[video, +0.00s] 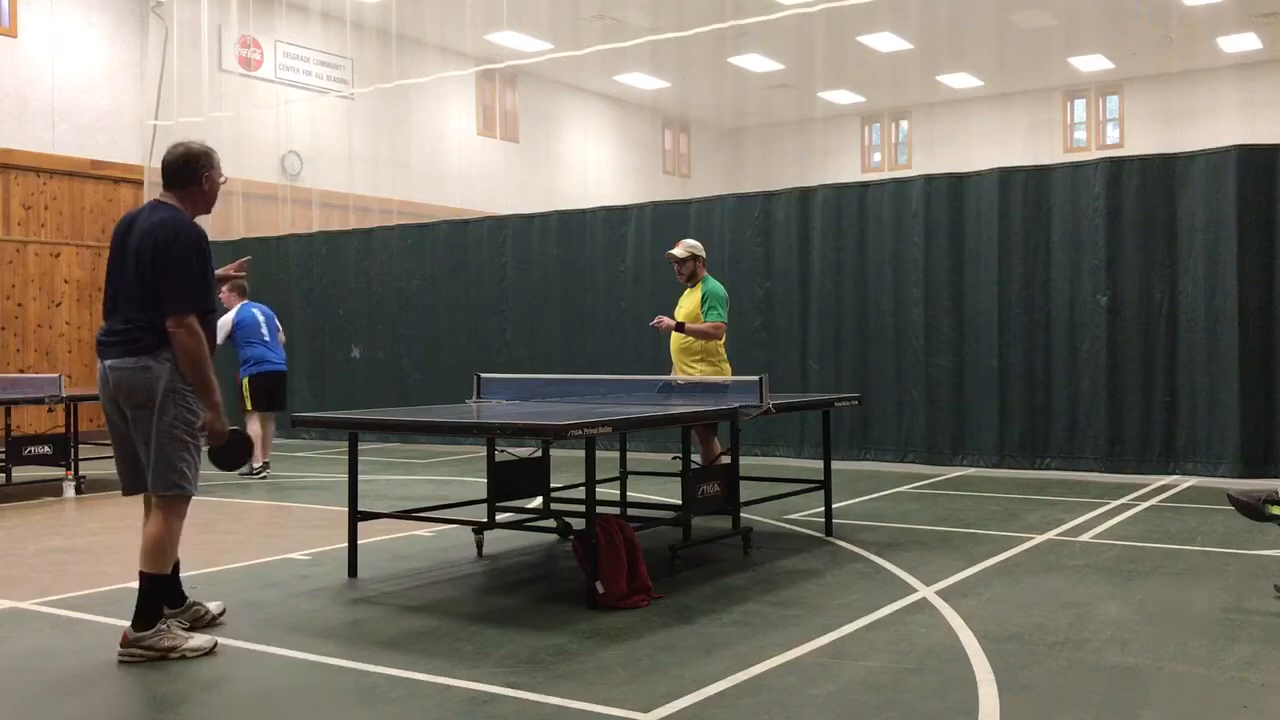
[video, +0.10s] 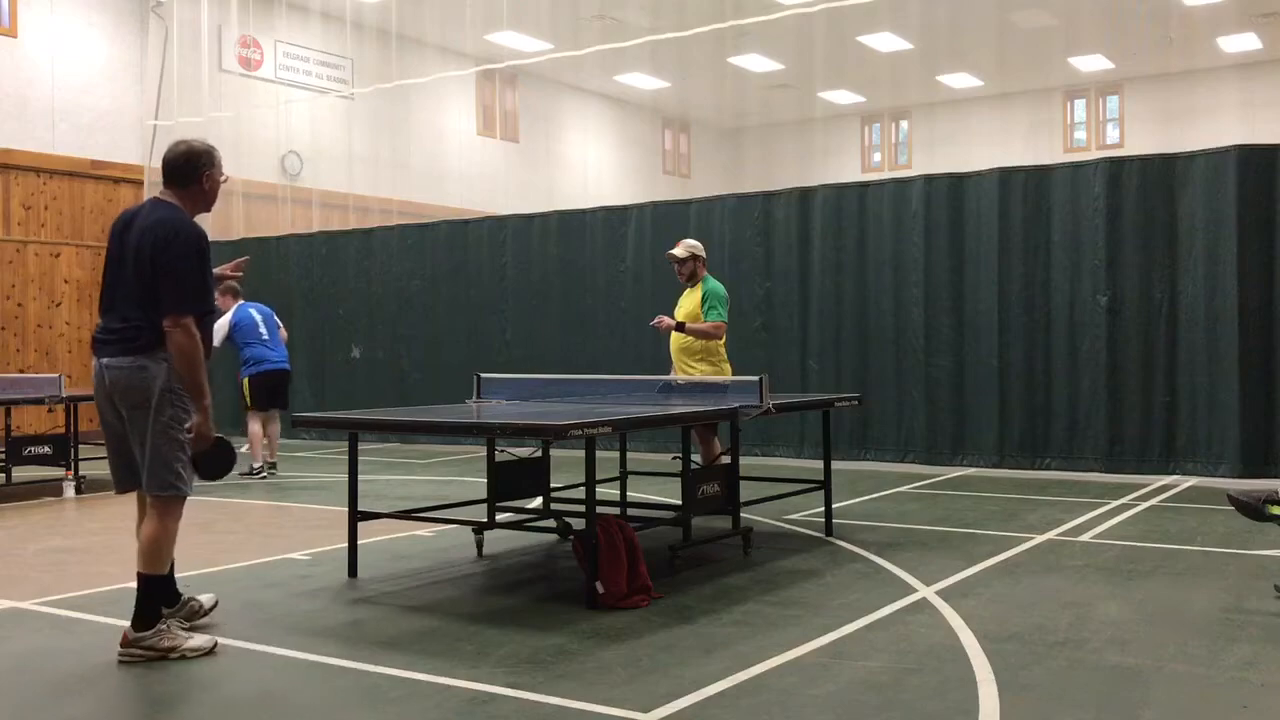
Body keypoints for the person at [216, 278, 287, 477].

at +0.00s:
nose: (221, 298)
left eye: (223, 293)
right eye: (221, 293)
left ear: (235, 295)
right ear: (242, 295)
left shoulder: (230, 317)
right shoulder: (265, 310)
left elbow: (212, 345)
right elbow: (281, 337)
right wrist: (272, 358)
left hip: (255, 370)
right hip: (278, 368)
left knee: (253, 416)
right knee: (269, 416)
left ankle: (257, 462)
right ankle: (265, 459)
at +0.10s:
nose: (217, 304)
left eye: (218, 300)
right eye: (216, 300)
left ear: (229, 297)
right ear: (238, 297)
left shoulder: (229, 317)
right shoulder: (264, 309)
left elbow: (210, 346)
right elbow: (283, 334)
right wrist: (273, 355)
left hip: (256, 369)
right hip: (281, 366)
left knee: (254, 416)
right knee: (273, 415)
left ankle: (257, 464)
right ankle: (272, 460)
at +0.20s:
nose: (216, 308)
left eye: (216, 303)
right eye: (215, 303)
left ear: (225, 300)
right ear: (235, 298)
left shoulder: (229, 318)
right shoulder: (264, 308)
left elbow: (211, 350)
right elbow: (285, 334)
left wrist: (198, 367)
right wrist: (277, 356)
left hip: (257, 370)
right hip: (282, 367)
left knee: (254, 417)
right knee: (278, 413)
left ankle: (257, 464)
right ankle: (283, 460)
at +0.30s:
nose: (217, 308)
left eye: (216, 304)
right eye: (215, 305)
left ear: (224, 300)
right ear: (236, 296)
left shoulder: (228, 319)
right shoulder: (265, 308)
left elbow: (213, 353)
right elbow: (287, 334)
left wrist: (199, 367)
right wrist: (283, 358)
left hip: (257, 370)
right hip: (283, 366)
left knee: (255, 417)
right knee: (282, 413)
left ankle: (257, 465)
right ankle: (292, 459)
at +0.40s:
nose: (221, 310)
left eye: (219, 305)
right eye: (219, 306)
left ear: (226, 300)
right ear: (238, 296)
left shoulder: (230, 319)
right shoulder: (268, 308)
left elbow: (221, 354)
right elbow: (289, 335)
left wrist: (201, 376)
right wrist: (291, 361)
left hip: (257, 371)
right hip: (285, 367)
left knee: (256, 418)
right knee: (284, 415)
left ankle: (257, 465)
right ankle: (295, 458)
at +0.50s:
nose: (227, 310)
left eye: (225, 306)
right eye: (225, 307)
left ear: (229, 301)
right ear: (243, 296)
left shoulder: (233, 318)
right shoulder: (273, 308)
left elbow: (230, 353)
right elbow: (292, 336)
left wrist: (219, 377)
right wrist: (297, 364)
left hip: (259, 372)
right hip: (285, 369)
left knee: (256, 419)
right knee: (284, 415)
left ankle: (257, 465)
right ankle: (295, 459)